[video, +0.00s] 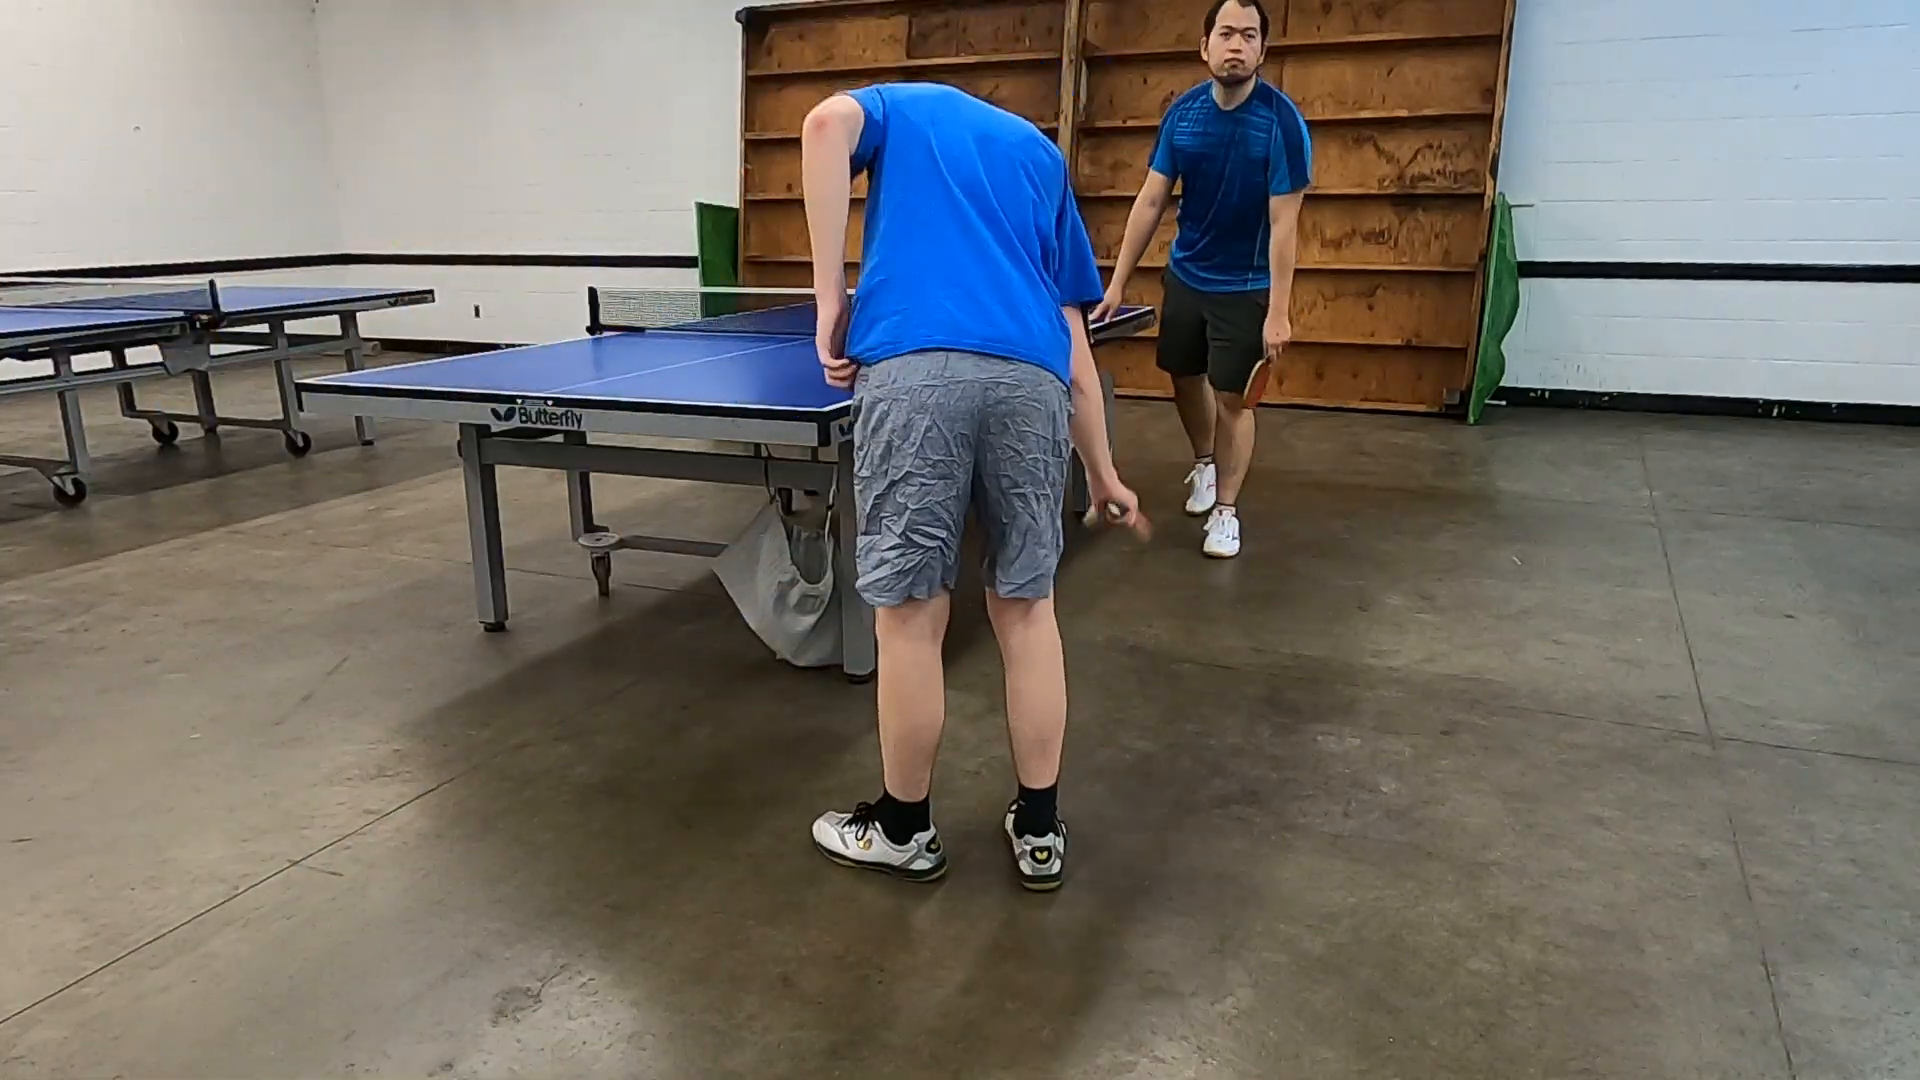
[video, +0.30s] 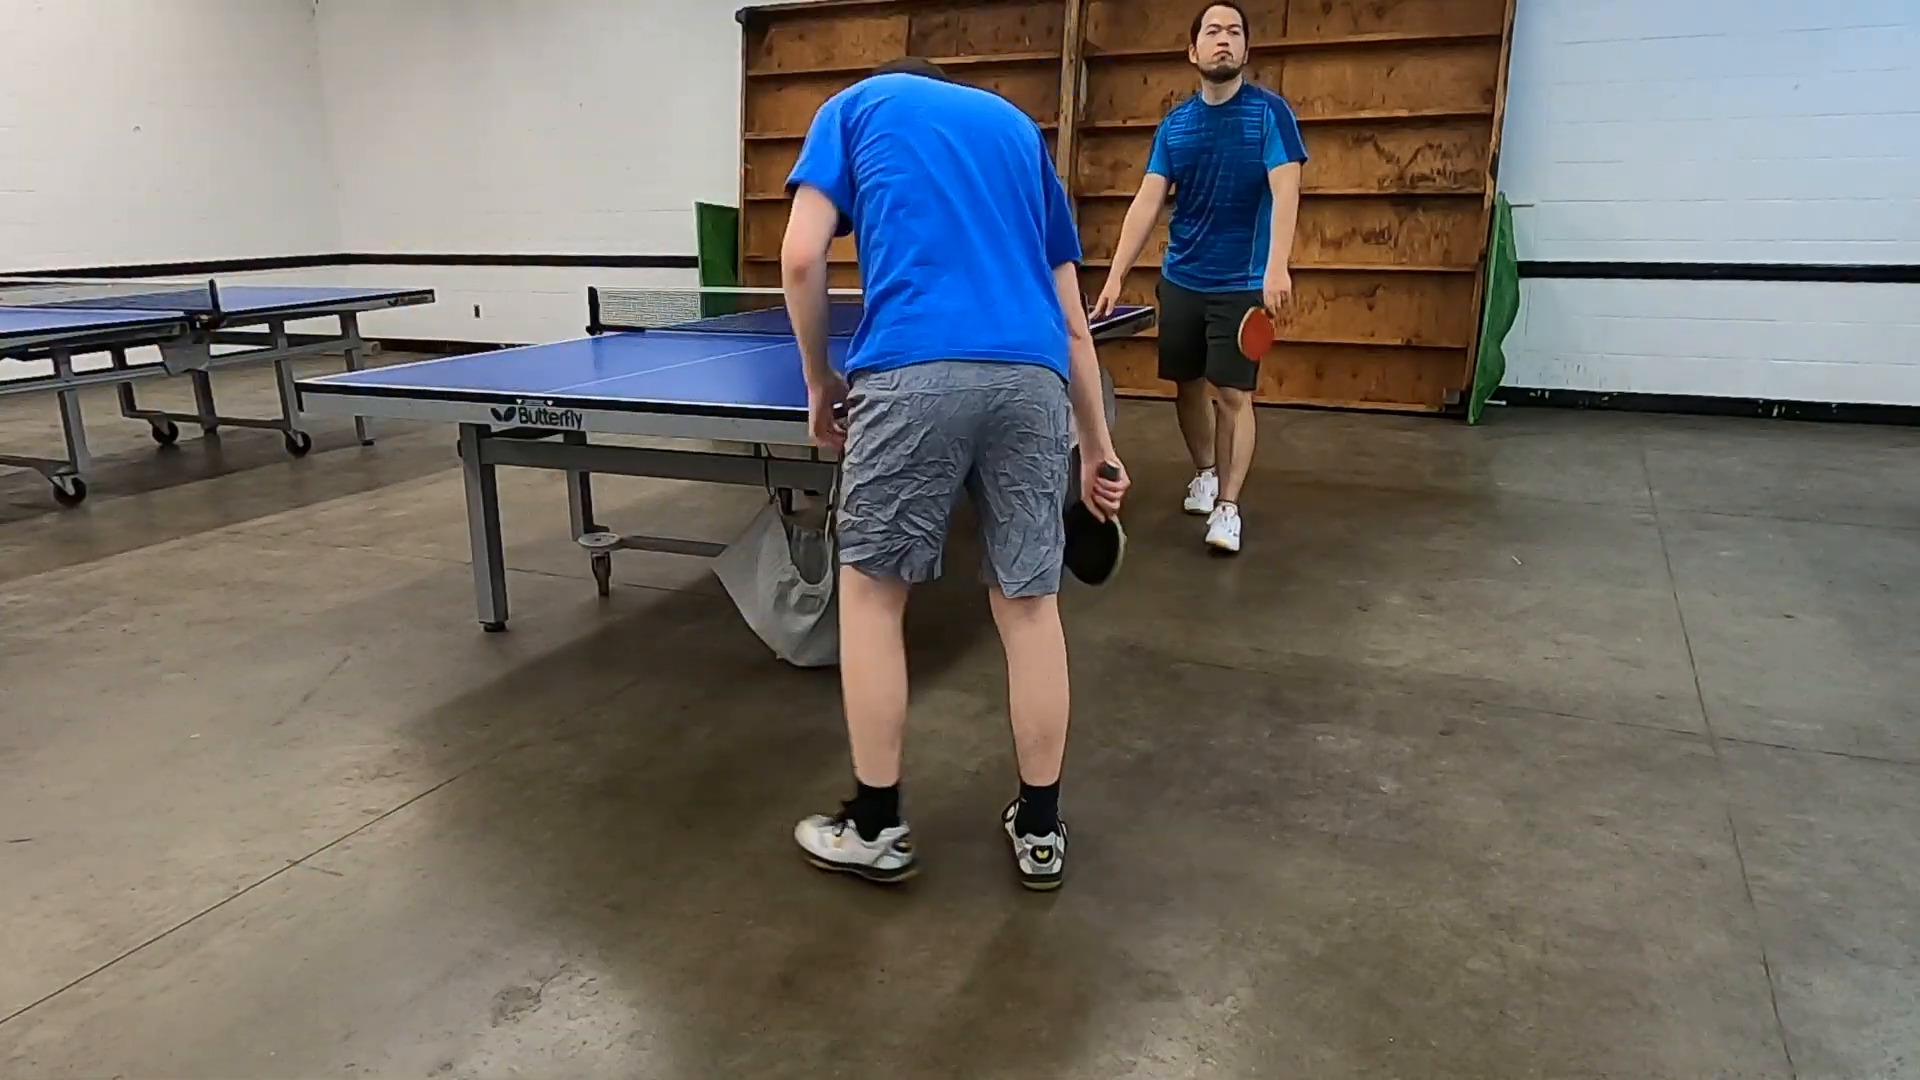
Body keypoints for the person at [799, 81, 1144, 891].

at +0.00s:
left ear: (922, 99)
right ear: (1005, 121)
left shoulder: (902, 104)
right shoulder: (1046, 160)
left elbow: (826, 125)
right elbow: (1073, 335)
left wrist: (831, 293)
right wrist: (1102, 467)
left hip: (916, 369)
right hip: (1032, 382)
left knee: (910, 614)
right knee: (1027, 607)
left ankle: (905, 825)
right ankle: (1040, 830)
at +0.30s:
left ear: (878, 84)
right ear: (947, 83)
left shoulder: (853, 106)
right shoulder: (1019, 129)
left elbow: (802, 255)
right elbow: (1070, 308)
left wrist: (818, 379)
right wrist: (1096, 440)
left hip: (912, 378)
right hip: (1034, 379)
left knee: (873, 592)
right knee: (1029, 604)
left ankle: (876, 825)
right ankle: (1041, 832)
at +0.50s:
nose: (765, 119)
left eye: (763, 107)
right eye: (768, 105)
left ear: (776, 93)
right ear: (848, 69)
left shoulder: (770, 144)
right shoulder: (938, 108)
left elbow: (778, 339)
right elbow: (1025, 273)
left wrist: (787, 460)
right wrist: (1046, 390)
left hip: (872, 390)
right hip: (991, 375)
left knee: (816, 600)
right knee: (1015, 603)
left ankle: (775, 816)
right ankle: (1041, 829)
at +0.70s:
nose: (642, 85)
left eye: (637, 73)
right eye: (639, 73)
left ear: (649, 56)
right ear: (724, 37)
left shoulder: (652, 114)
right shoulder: (827, 90)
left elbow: (676, 295)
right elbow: (927, 240)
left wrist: (683, 406)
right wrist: (938, 353)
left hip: (764, 386)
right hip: (880, 372)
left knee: (740, 596)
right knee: (920, 578)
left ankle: (763, 816)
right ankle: (1009, 789)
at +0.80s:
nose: (591, 52)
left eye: (586, 38)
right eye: (589, 39)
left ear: (599, 24)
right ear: (675, 14)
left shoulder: (610, 86)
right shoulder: (781, 78)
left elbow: (619, 271)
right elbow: (871, 239)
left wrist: (576, 375)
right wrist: (854, 348)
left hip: (720, 376)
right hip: (826, 366)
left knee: (724, 598)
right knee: (843, 566)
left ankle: (762, 816)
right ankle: (938, 749)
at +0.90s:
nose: (553, 35)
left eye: (546, 25)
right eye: (550, 27)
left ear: (564, 10)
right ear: (639, 1)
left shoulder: (572, 66)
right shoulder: (738, 71)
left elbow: (574, 261)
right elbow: (809, 244)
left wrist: (509, 348)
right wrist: (776, 332)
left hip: (681, 367)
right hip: (778, 357)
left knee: (707, 593)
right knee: (764, 557)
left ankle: (759, 811)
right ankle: (826, 737)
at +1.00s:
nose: (512, 29)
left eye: (508, 20)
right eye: (509, 21)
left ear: (528, 6)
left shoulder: (538, 60)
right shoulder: (697, 74)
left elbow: (528, 260)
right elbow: (750, 258)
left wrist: (496, 323)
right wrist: (698, 321)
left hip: (641, 372)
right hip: (734, 359)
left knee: (692, 599)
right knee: (682, 571)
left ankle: (763, 814)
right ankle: (700, 747)